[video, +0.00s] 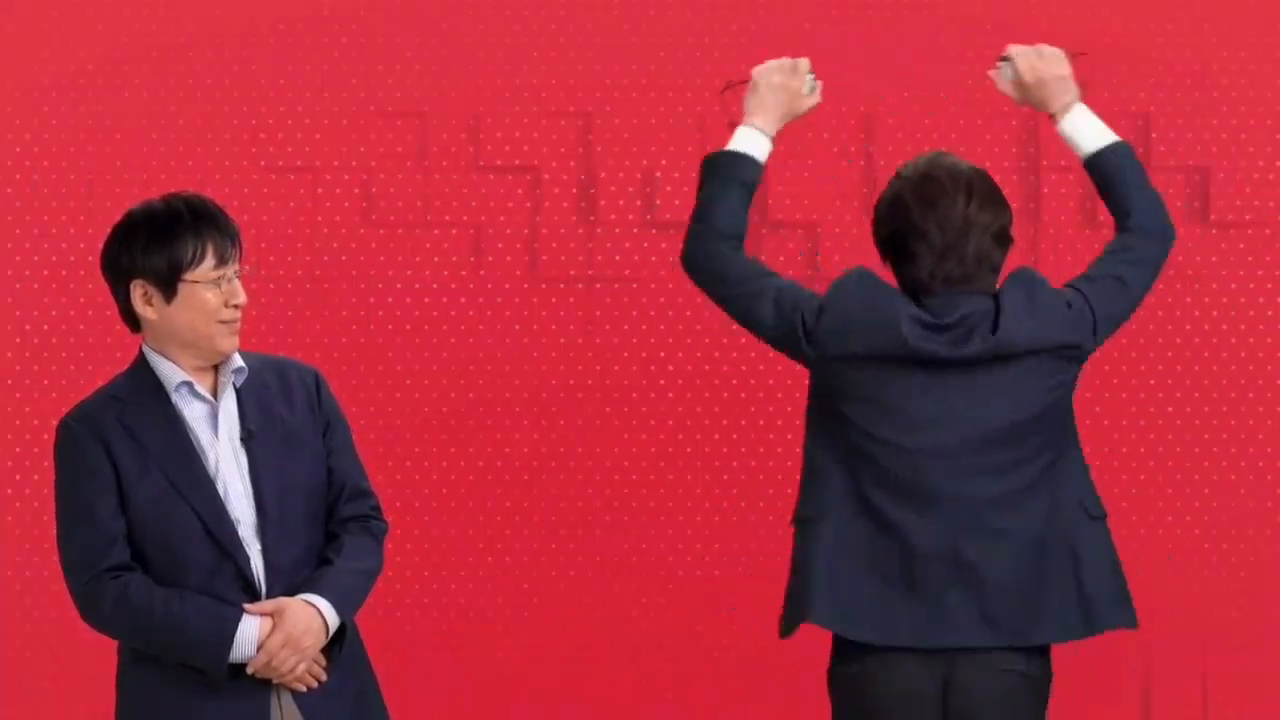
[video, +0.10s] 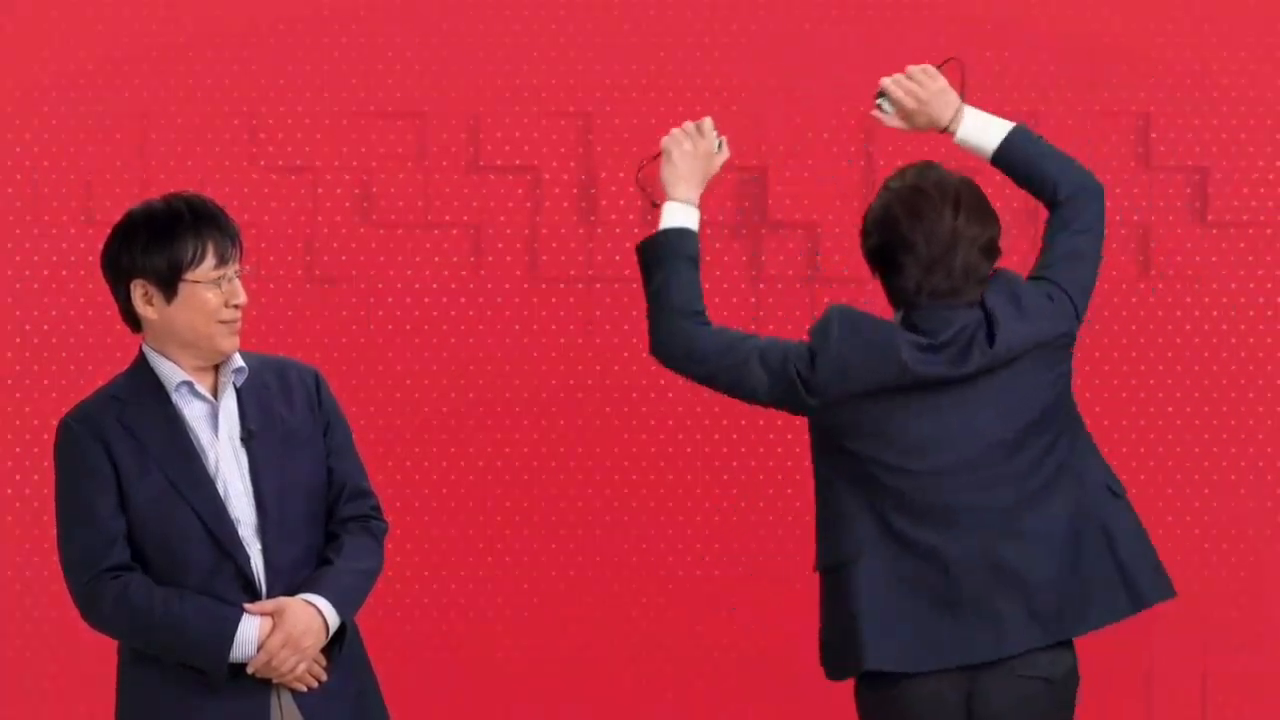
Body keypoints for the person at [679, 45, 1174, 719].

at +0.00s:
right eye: (1001, 237)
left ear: (892, 256)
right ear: (1002, 249)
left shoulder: (841, 332)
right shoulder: (1052, 333)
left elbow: (709, 254)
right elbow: (1149, 230)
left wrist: (755, 125)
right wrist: (1067, 107)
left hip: (877, 666)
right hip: (1008, 666)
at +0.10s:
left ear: (883, 269)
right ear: (992, 251)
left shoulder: (841, 366)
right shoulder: (1042, 327)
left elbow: (679, 337)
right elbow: (1080, 193)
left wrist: (679, 200)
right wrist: (959, 116)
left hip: (906, 680)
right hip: (1034, 666)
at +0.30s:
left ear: (881, 265)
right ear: (993, 254)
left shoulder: (835, 347)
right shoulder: (1041, 332)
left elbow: (696, 273)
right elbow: (1125, 220)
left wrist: (751, 141)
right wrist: (1047, 104)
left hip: (891, 671)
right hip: (1022, 668)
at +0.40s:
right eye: (1009, 262)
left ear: (895, 268)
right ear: (1005, 274)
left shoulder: (851, 339)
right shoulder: (1049, 368)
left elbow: (779, 220)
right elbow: (1194, 330)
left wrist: (887, 130)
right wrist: (1182, 194)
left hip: (845, 670)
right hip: (973, 681)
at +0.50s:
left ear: (911, 280)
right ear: (1020, 300)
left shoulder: (866, 344)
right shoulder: (1055, 405)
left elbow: (829, 218)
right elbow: (1213, 396)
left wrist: (951, 148)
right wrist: (1229, 255)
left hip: (813, 672)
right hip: (939, 694)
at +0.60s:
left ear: (906, 267)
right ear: (1017, 284)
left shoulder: (864, 331)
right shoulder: (1056, 390)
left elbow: (811, 202)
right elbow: (1213, 366)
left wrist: (923, 122)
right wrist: (1222, 219)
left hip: (815, 663)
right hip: (939, 687)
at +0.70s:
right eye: (1003, 244)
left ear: (886, 251)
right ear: (999, 259)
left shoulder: (847, 329)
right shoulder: (1052, 349)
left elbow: (744, 229)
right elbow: (1181, 271)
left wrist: (819, 112)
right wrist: (1133, 131)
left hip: (847, 664)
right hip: (975, 670)